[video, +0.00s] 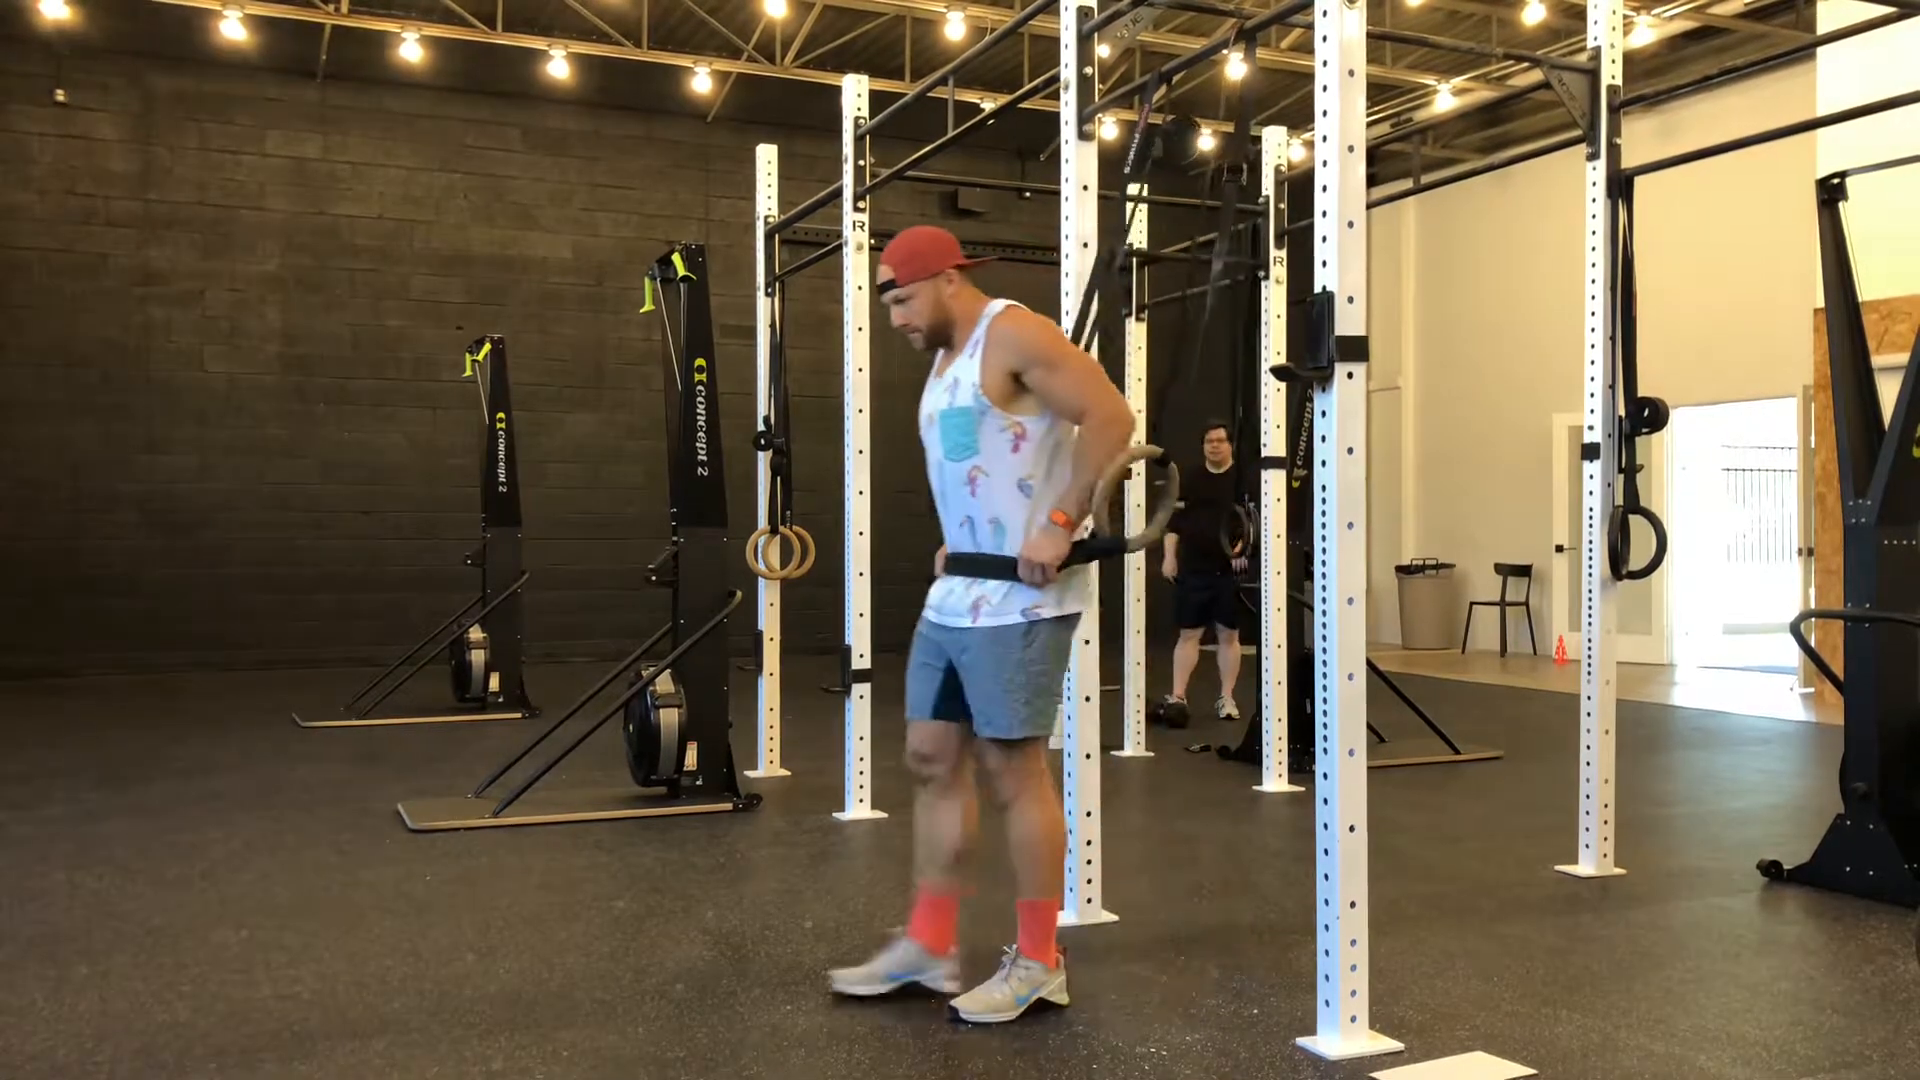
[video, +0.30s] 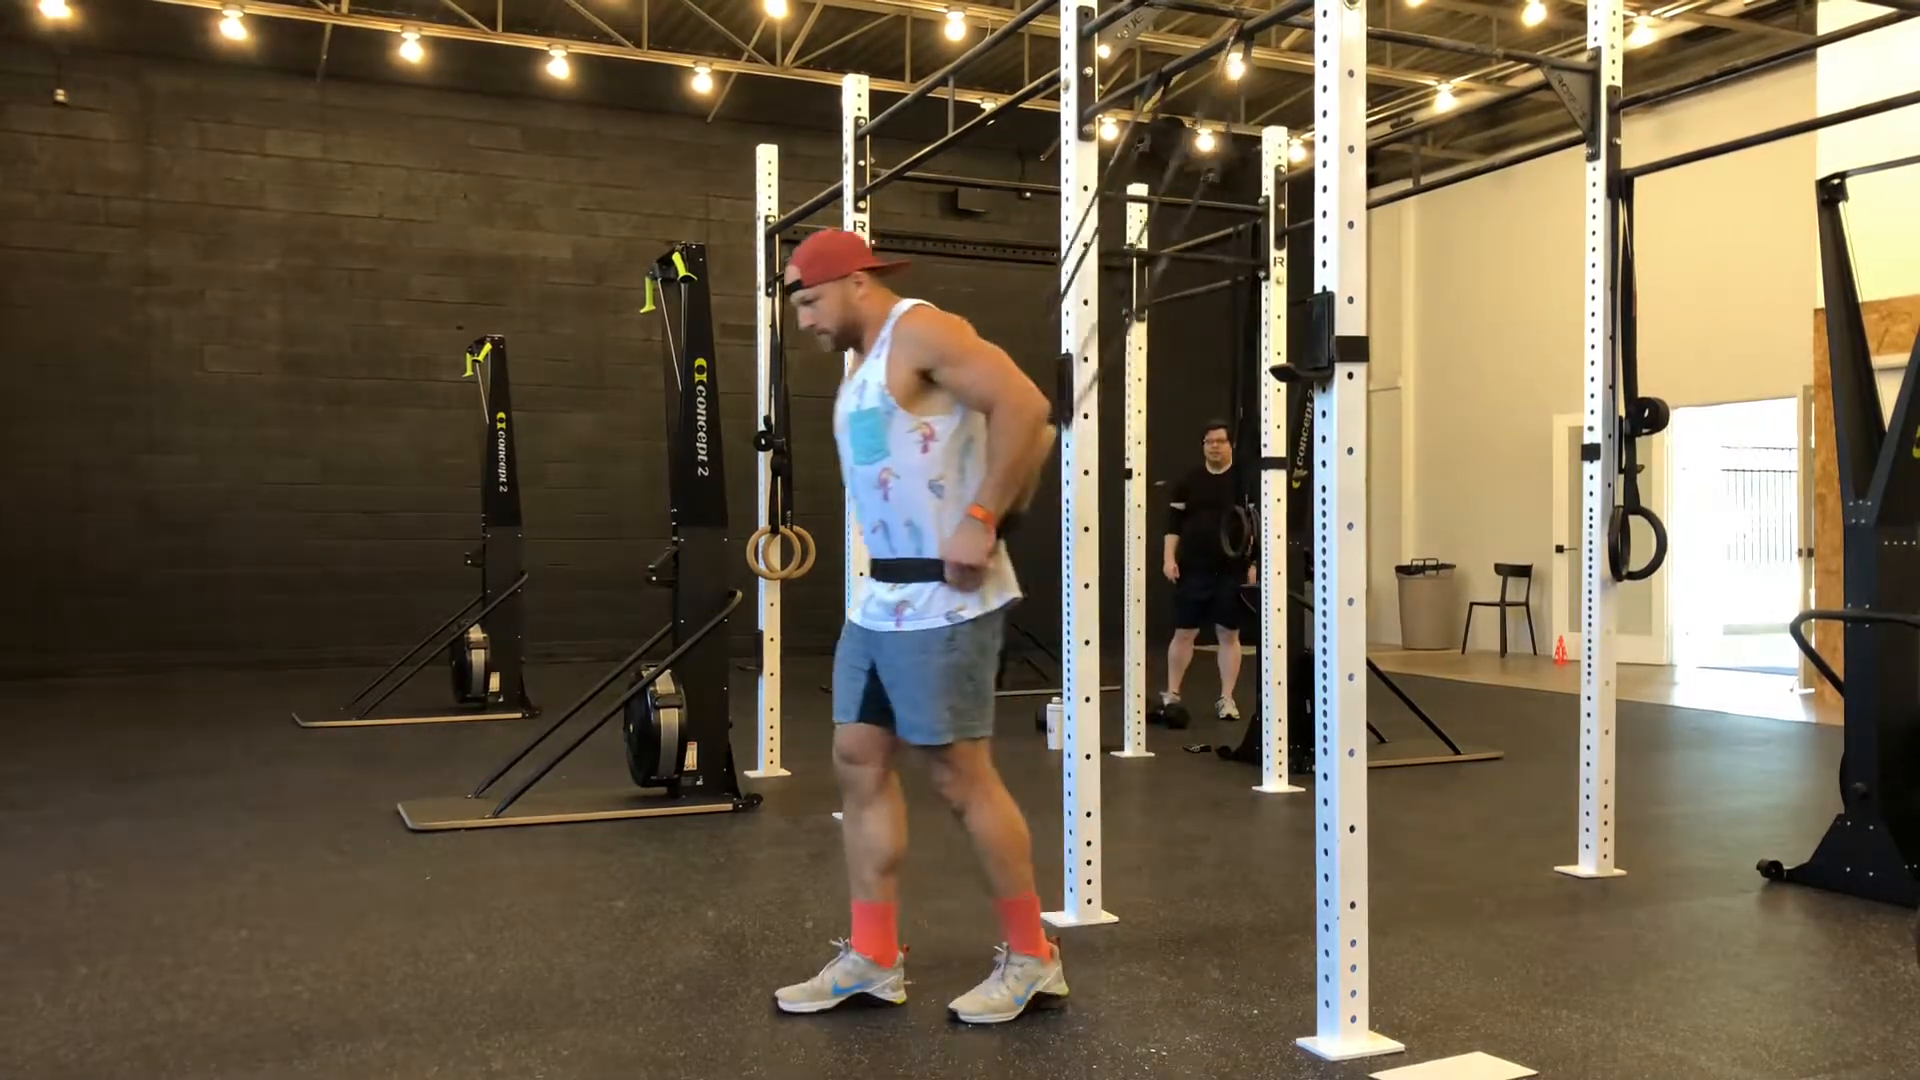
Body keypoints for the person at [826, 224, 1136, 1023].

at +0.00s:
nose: (893, 313)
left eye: (900, 294)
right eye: (888, 298)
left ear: (947, 280)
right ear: (930, 288)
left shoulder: (1016, 335)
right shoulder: (943, 367)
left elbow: (1111, 418)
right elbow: (983, 474)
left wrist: (1060, 521)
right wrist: (953, 554)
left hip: (1017, 602)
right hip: (955, 598)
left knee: (1017, 768)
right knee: (934, 757)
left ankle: (1036, 962)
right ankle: (929, 947)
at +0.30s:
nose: (801, 316)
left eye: (808, 297)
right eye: (797, 302)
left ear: (854, 282)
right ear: (842, 291)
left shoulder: (922, 333)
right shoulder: (860, 364)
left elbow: (1025, 407)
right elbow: (907, 474)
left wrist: (980, 522)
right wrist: (876, 567)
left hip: (944, 604)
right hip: (875, 603)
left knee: (961, 774)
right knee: (858, 760)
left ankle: (1031, 958)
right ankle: (873, 958)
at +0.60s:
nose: (703, 317)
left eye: (711, 298)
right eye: (700, 302)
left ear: (762, 285)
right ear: (743, 296)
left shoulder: (825, 325)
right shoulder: (772, 366)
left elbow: (937, 404)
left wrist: (886, 515)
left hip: (891, 582)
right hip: (852, 583)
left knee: (843, 760)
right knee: (858, 765)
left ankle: (943, 934)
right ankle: (872, 950)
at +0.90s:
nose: (659, 323)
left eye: (665, 302)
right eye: (655, 307)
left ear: (718, 290)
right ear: (700, 300)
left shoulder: (775, 330)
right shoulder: (738, 366)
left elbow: (896, 402)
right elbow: (838, 434)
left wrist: (877, 524)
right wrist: (835, 533)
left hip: (883, 588)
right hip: (832, 587)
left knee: (876, 772)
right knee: (842, 766)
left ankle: (879, 977)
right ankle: (862, 948)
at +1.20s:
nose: (665, 312)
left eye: (673, 292)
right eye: (661, 297)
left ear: (726, 283)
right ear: (715, 290)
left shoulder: (787, 335)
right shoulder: (737, 365)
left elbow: (895, 411)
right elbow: (807, 450)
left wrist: (888, 536)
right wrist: (777, 533)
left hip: (870, 577)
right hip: (837, 582)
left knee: (851, 772)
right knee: (887, 755)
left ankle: (872, 976)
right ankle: (1006, 881)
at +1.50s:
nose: (627, 361)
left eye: (633, 340)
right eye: (622, 345)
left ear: (686, 327)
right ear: (679, 334)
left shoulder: (767, 376)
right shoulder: (703, 415)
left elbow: (886, 453)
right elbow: (733, 519)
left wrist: (906, 577)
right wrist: (669, 581)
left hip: (861, 597)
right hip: (834, 602)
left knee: (783, 779)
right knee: (920, 763)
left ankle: (862, 969)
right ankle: (1031, 896)